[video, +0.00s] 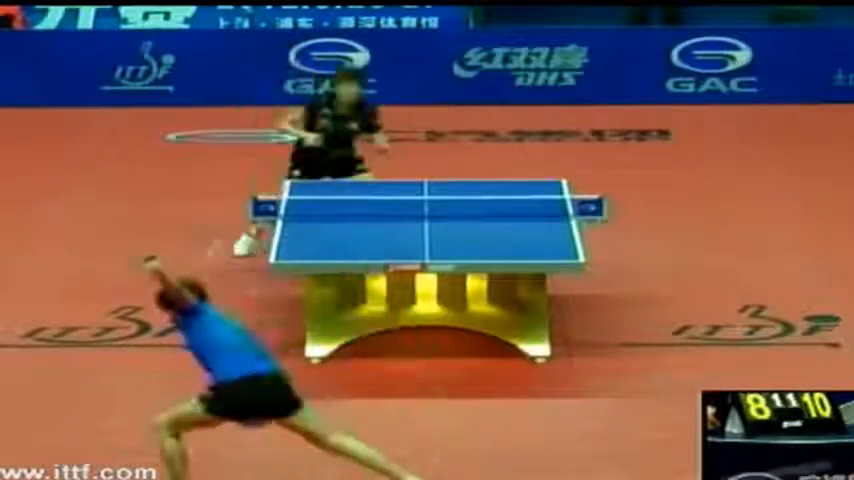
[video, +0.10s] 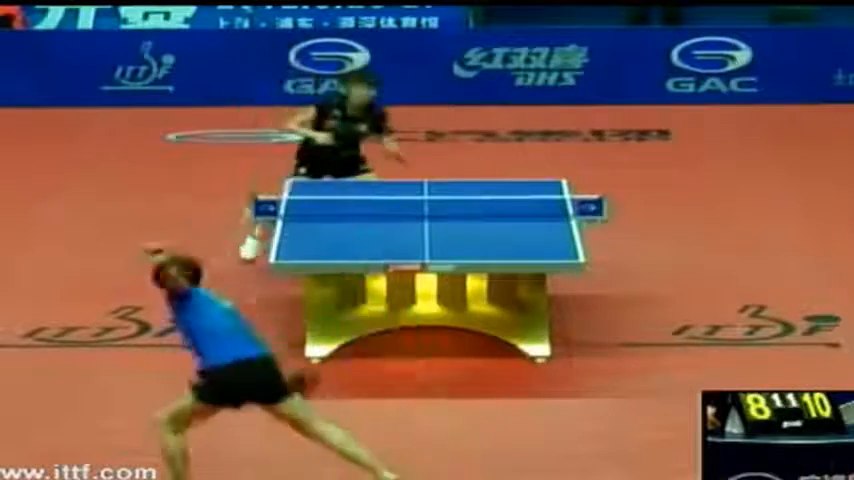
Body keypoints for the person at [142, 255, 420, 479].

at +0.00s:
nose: (170, 316)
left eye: (170, 308)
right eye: (169, 308)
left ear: (178, 306)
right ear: (201, 299)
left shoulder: (193, 317)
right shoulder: (222, 320)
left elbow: (179, 295)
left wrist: (157, 271)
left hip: (239, 391)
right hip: (275, 386)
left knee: (167, 427)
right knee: (329, 438)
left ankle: (177, 477)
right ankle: (402, 475)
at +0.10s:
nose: (164, 287)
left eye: (166, 280)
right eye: (163, 280)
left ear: (177, 281)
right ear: (196, 279)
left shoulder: (184, 301)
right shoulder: (220, 303)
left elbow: (177, 283)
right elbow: (254, 339)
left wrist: (163, 258)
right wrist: (284, 376)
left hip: (225, 376)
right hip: (263, 371)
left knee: (171, 424)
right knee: (314, 426)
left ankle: (179, 475)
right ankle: (382, 472)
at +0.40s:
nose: (183, 246)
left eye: (186, 240)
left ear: (191, 243)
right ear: (224, 241)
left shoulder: (186, 271)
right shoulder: (248, 269)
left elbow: (144, 302)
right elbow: (296, 279)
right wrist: (335, 275)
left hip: (211, 356)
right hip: (257, 352)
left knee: (183, 422)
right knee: (292, 411)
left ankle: (174, 475)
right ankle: (322, 471)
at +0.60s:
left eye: (226, 239)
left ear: (231, 245)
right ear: (265, 245)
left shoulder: (220, 274)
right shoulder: (283, 274)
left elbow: (196, 318)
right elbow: (326, 307)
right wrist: (328, 281)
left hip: (241, 358)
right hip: (286, 355)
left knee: (207, 427)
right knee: (326, 414)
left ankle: (204, 474)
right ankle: (361, 467)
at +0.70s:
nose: (245, 254)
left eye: (248, 250)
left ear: (255, 255)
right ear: (286, 256)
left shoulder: (241, 283)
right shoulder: (304, 284)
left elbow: (211, 323)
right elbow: (342, 319)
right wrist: (343, 295)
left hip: (255, 367)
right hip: (300, 364)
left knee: (214, 430)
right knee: (337, 410)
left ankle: (206, 476)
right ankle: (367, 468)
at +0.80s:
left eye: (268, 243)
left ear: (272, 246)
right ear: (304, 247)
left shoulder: (258, 274)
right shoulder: (322, 276)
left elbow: (221, 310)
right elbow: (356, 308)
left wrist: (243, 277)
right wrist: (350, 282)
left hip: (265, 358)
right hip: (311, 357)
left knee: (219, 418)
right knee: (346, 406)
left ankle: (209, 475)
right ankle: (368, 468)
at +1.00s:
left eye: (259, 233)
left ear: (264, 239)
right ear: (299, 239)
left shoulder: (253, 268)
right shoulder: (316, 268)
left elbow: (219, 301)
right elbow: (355, 302)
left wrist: (209, 318)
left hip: (264, 351)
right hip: (310, 350)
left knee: (225, 411)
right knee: (347, 405)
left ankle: (201, 473)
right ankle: (370, 468)